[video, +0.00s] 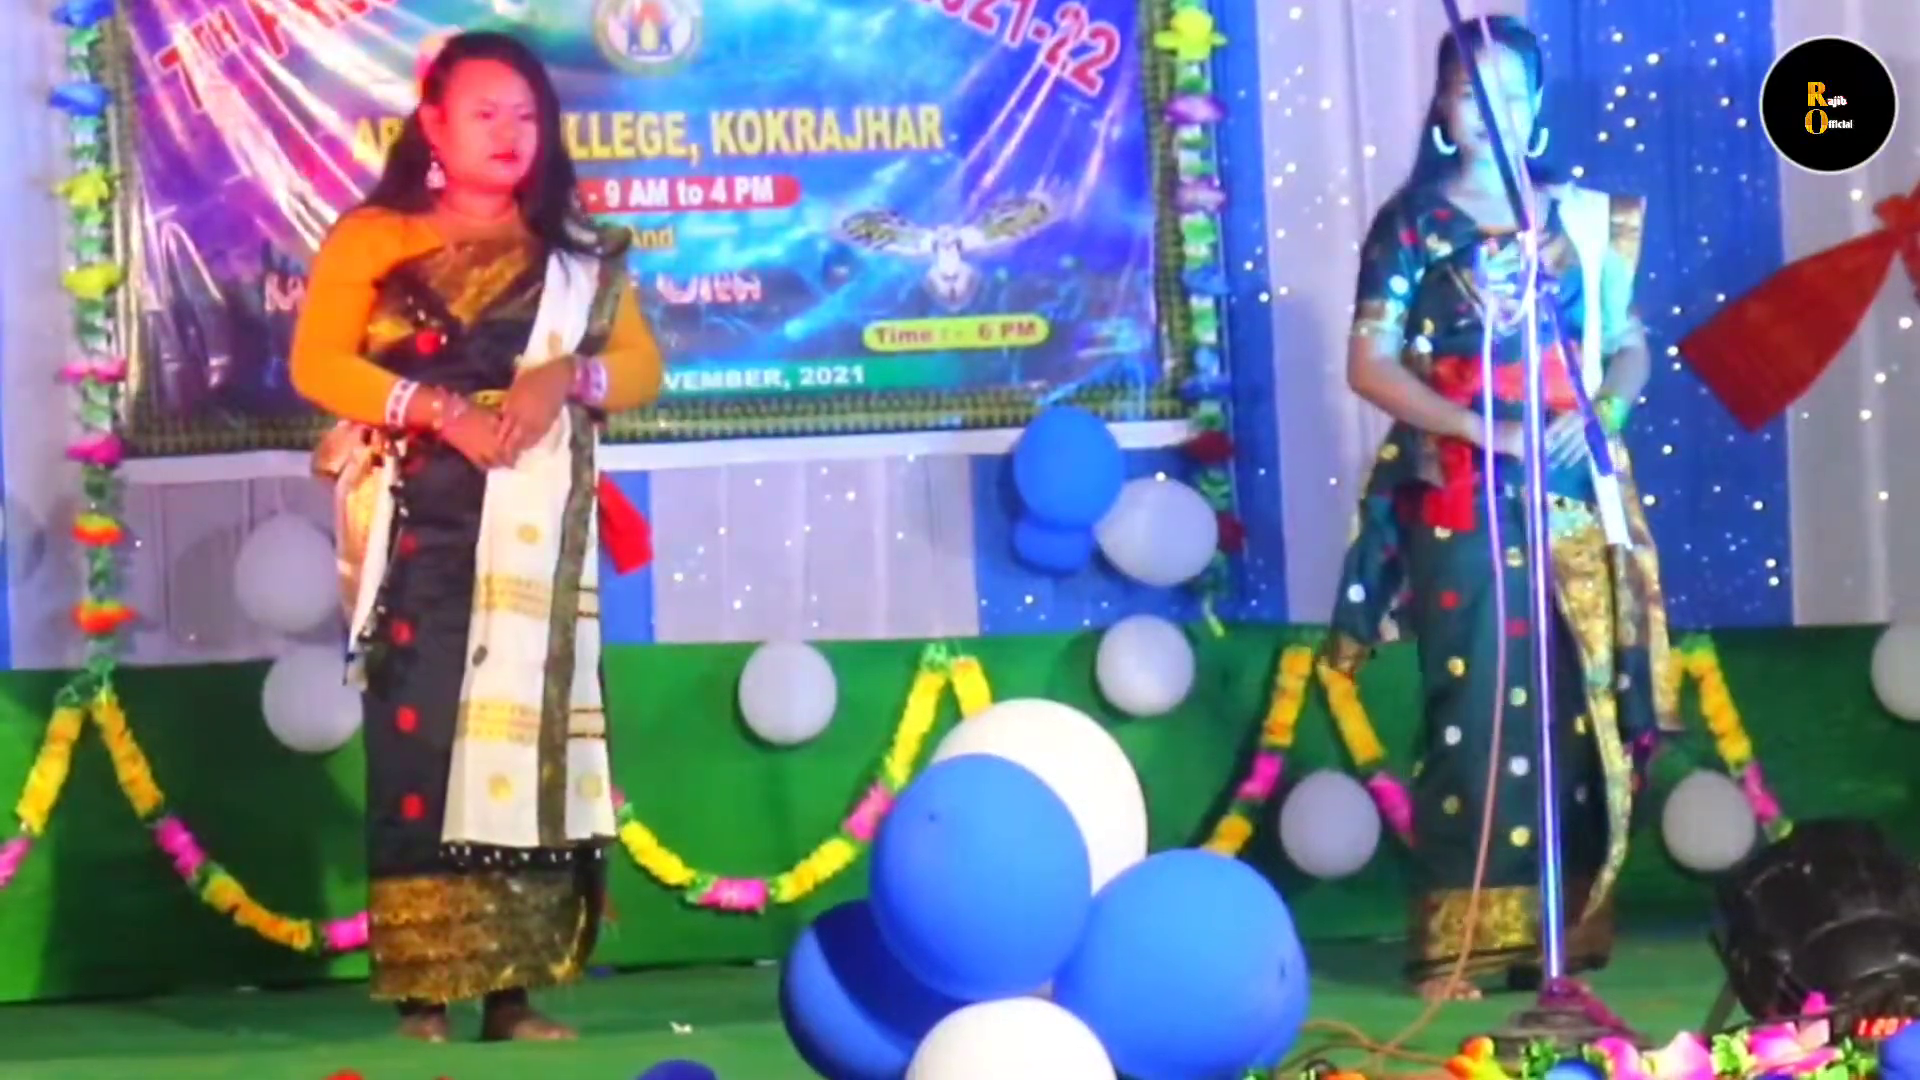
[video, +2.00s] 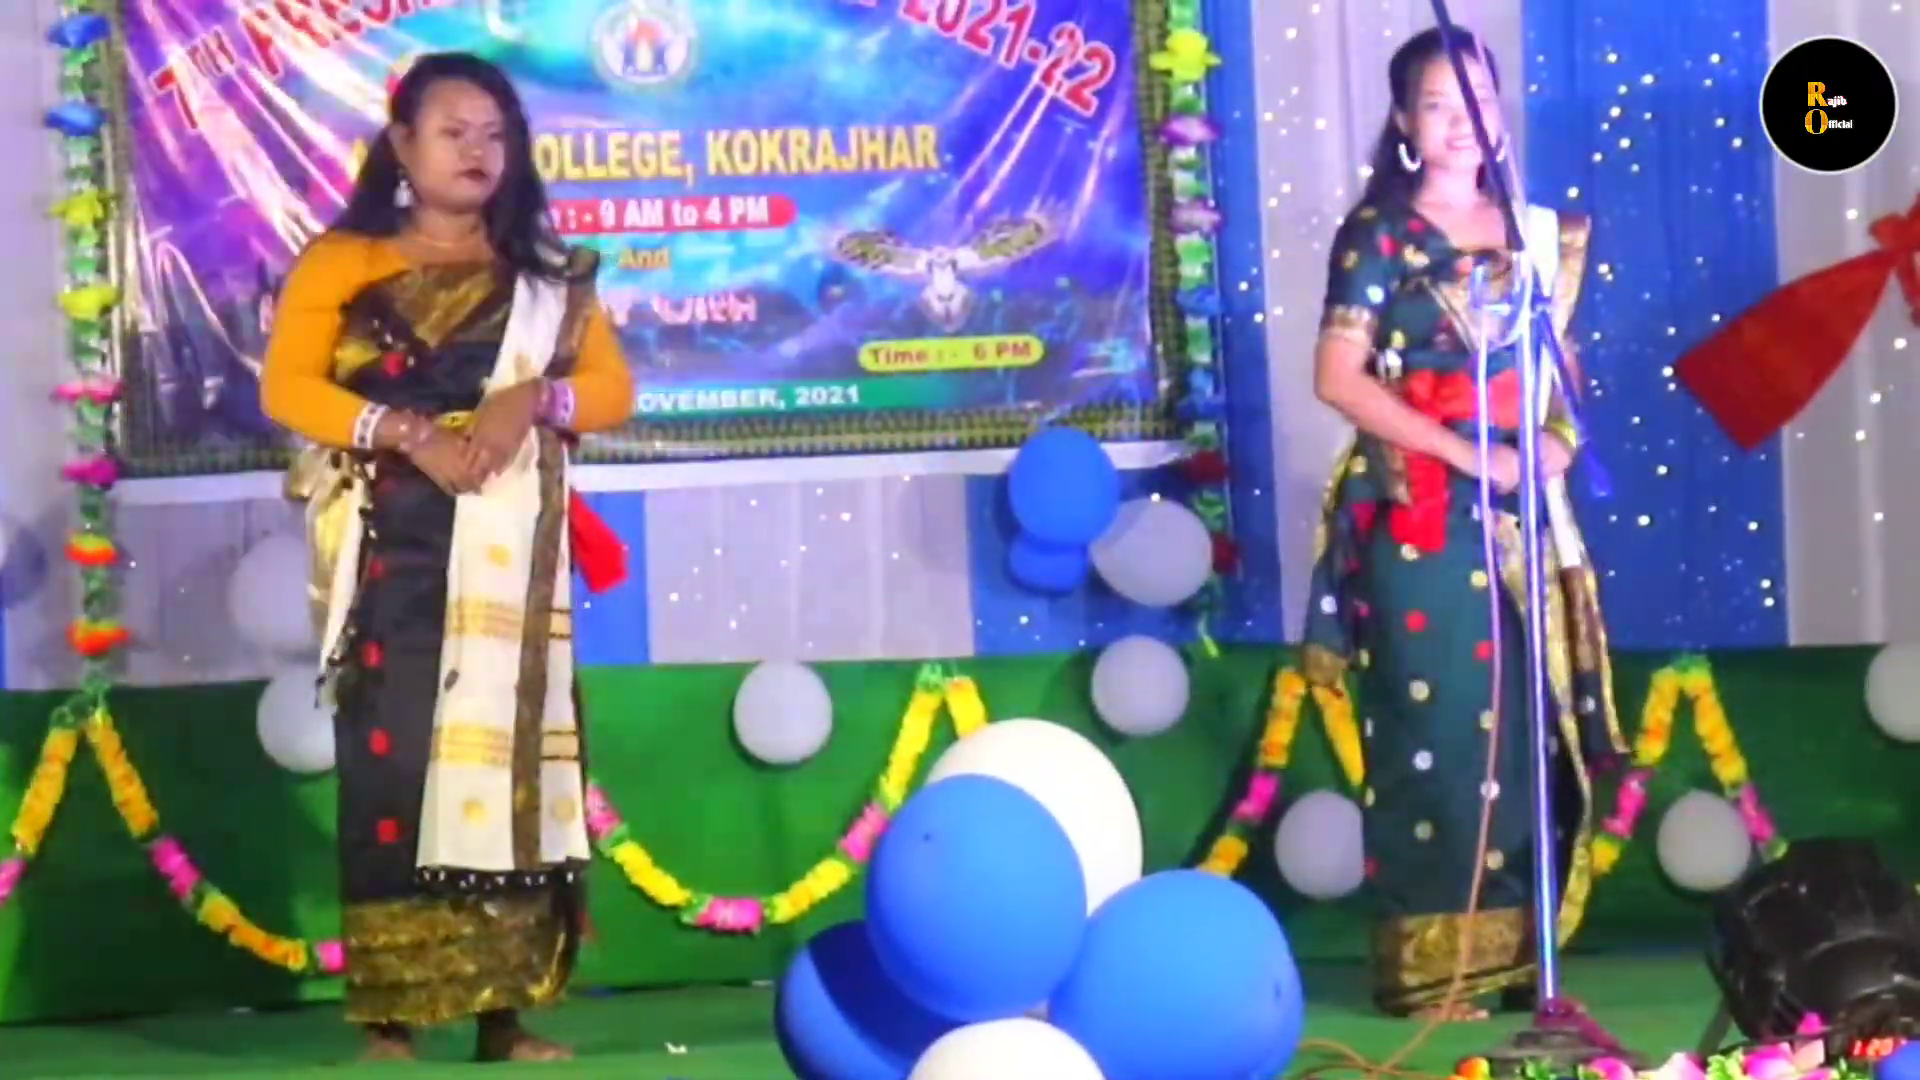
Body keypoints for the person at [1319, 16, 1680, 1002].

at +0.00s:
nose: (1461, 108)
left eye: (1484, 91)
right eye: (1454, 89)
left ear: (1529, 102)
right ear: (1440, 99)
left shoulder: (1577, 216)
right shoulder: (1412, 223)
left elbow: (1625, 345)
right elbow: (1367, 366)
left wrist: (1600, 408)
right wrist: (1479, 427)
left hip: (1571, 500)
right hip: (1462, 501)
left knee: (1578, 706)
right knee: (1471, 708)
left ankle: (1573, 937)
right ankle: (1458, 938)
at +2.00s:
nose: (1456, 122)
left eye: (1471, 104)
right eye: (1435, 107)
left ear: (1495, 114)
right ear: (1405, 122)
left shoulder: (1527, 227)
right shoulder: (1379, 233)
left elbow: (1550, 360)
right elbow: (1337, 377)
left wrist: (1555, 435)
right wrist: (1463, 451)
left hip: (1521, 505)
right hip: (1425, 512)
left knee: (1532, 720)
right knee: (1442, 723)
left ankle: (1520, 951)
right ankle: (1434, 957)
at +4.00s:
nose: (1503, 139)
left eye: (1510, 119)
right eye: (1478, 125)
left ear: (1530, 129)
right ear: (1441, 145)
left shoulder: (1525, 248)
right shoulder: (1448, 244)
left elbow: (1536, 390)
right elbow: (1441, 391)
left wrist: (1609, 446)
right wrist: (1549, 435)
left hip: (1513, 529)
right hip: (1460, 531)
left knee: (1563, 727)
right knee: (1554, 727)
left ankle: (1451, 907)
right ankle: (1477, 929)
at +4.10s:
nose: (1524, 113)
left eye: (1529, 93)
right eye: (1502, 101)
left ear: (1541, 99)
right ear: (1459, 122)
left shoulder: (1535, 210)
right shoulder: (1457, 207)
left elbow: (1626, 332)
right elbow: (1491, 330)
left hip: (1544, 505)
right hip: (1480, 508)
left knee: (1536, 712)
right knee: (1571, 699)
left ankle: (1496, 944)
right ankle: (1487, 930)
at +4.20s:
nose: (1539, 129)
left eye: (1543, 109)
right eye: (1516, 114)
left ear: (1551, 113)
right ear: (1469, 130)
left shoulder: (1522, 226)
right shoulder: (1462, 228)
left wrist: (1596, 296)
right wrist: (1593, 306)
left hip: (1549, 531)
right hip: (1495, 542)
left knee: (1567, 739)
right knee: (1564, 740)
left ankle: (1513, 959)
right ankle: (1502, 964)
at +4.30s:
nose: (1570, 156)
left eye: (1570, 137)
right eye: (1548, 142)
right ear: (1501, 155)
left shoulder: (1453, 255)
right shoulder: (1541, 240)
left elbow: (1423, 419)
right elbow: (1592, 348)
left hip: (1453, 563)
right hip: (1505, 564)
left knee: (1579, 739)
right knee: (1616, 752)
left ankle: (1500, 943)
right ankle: (1531, 983)